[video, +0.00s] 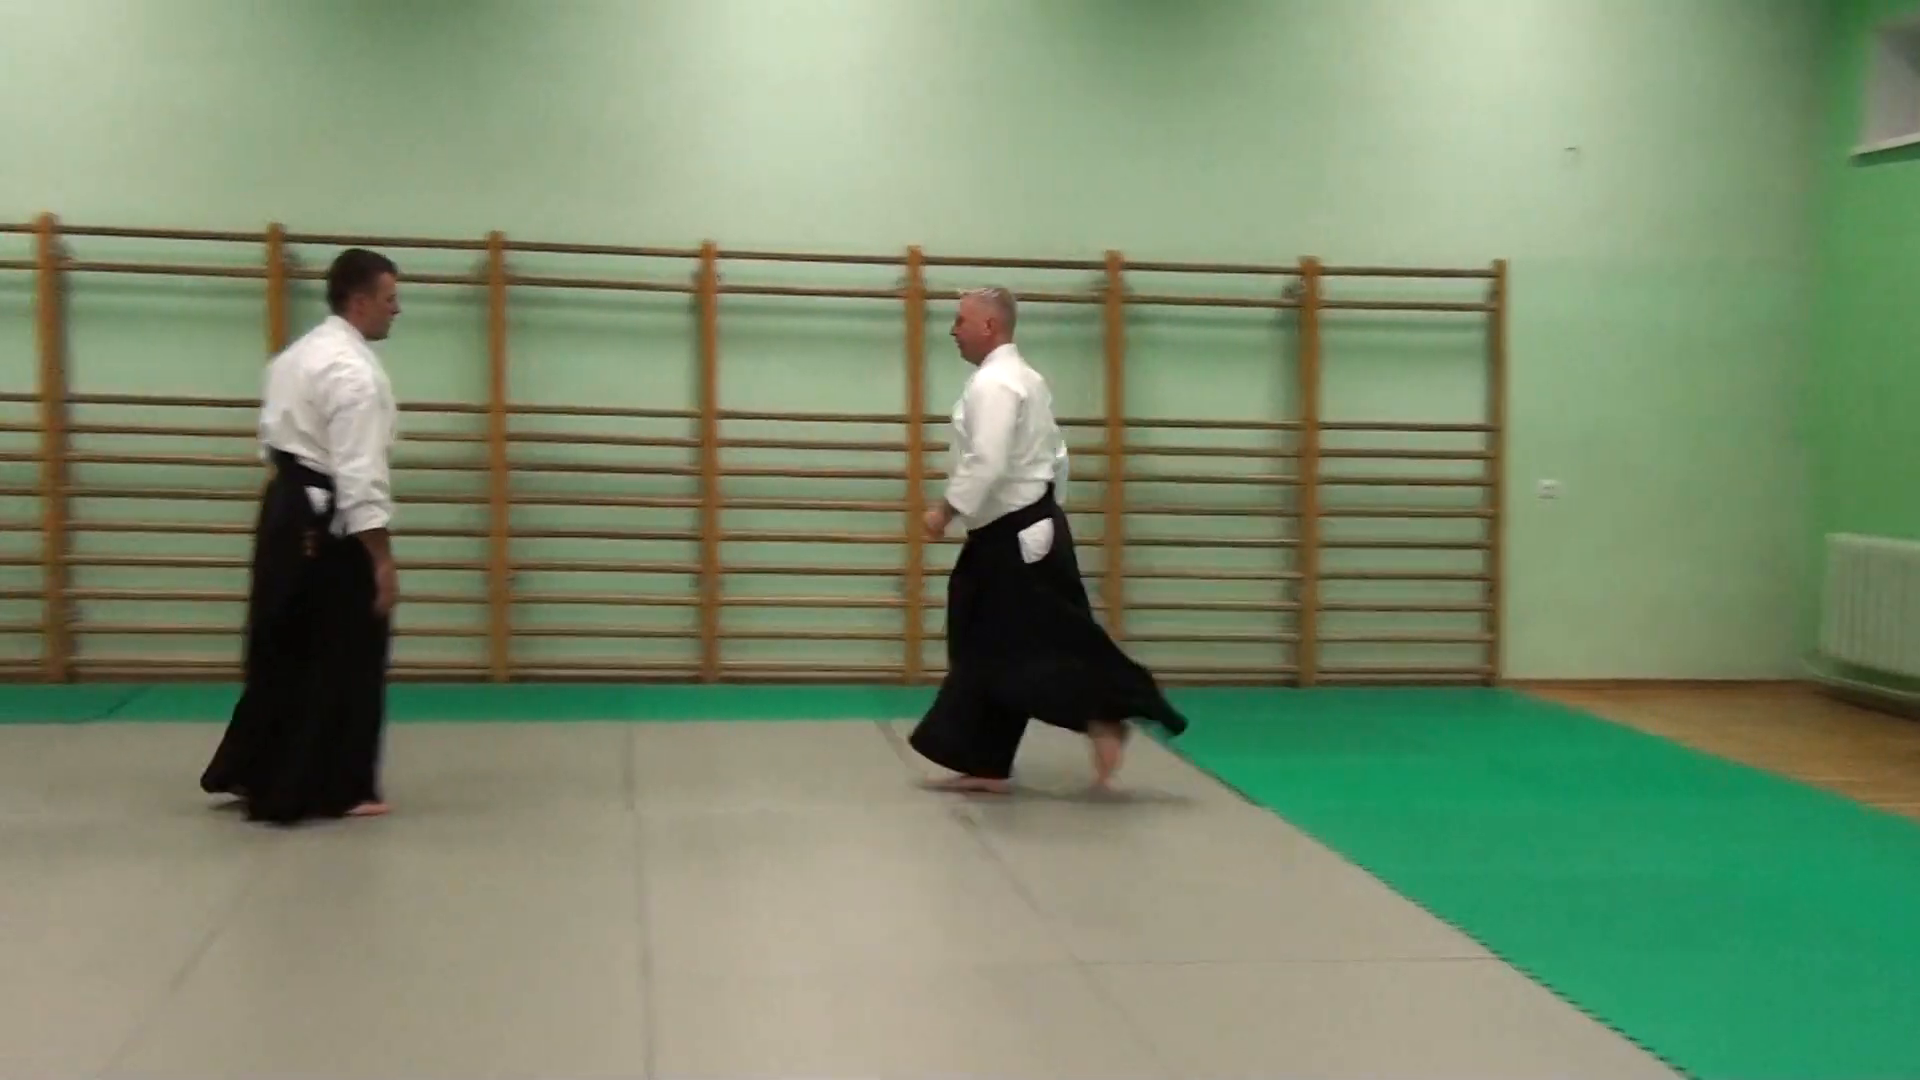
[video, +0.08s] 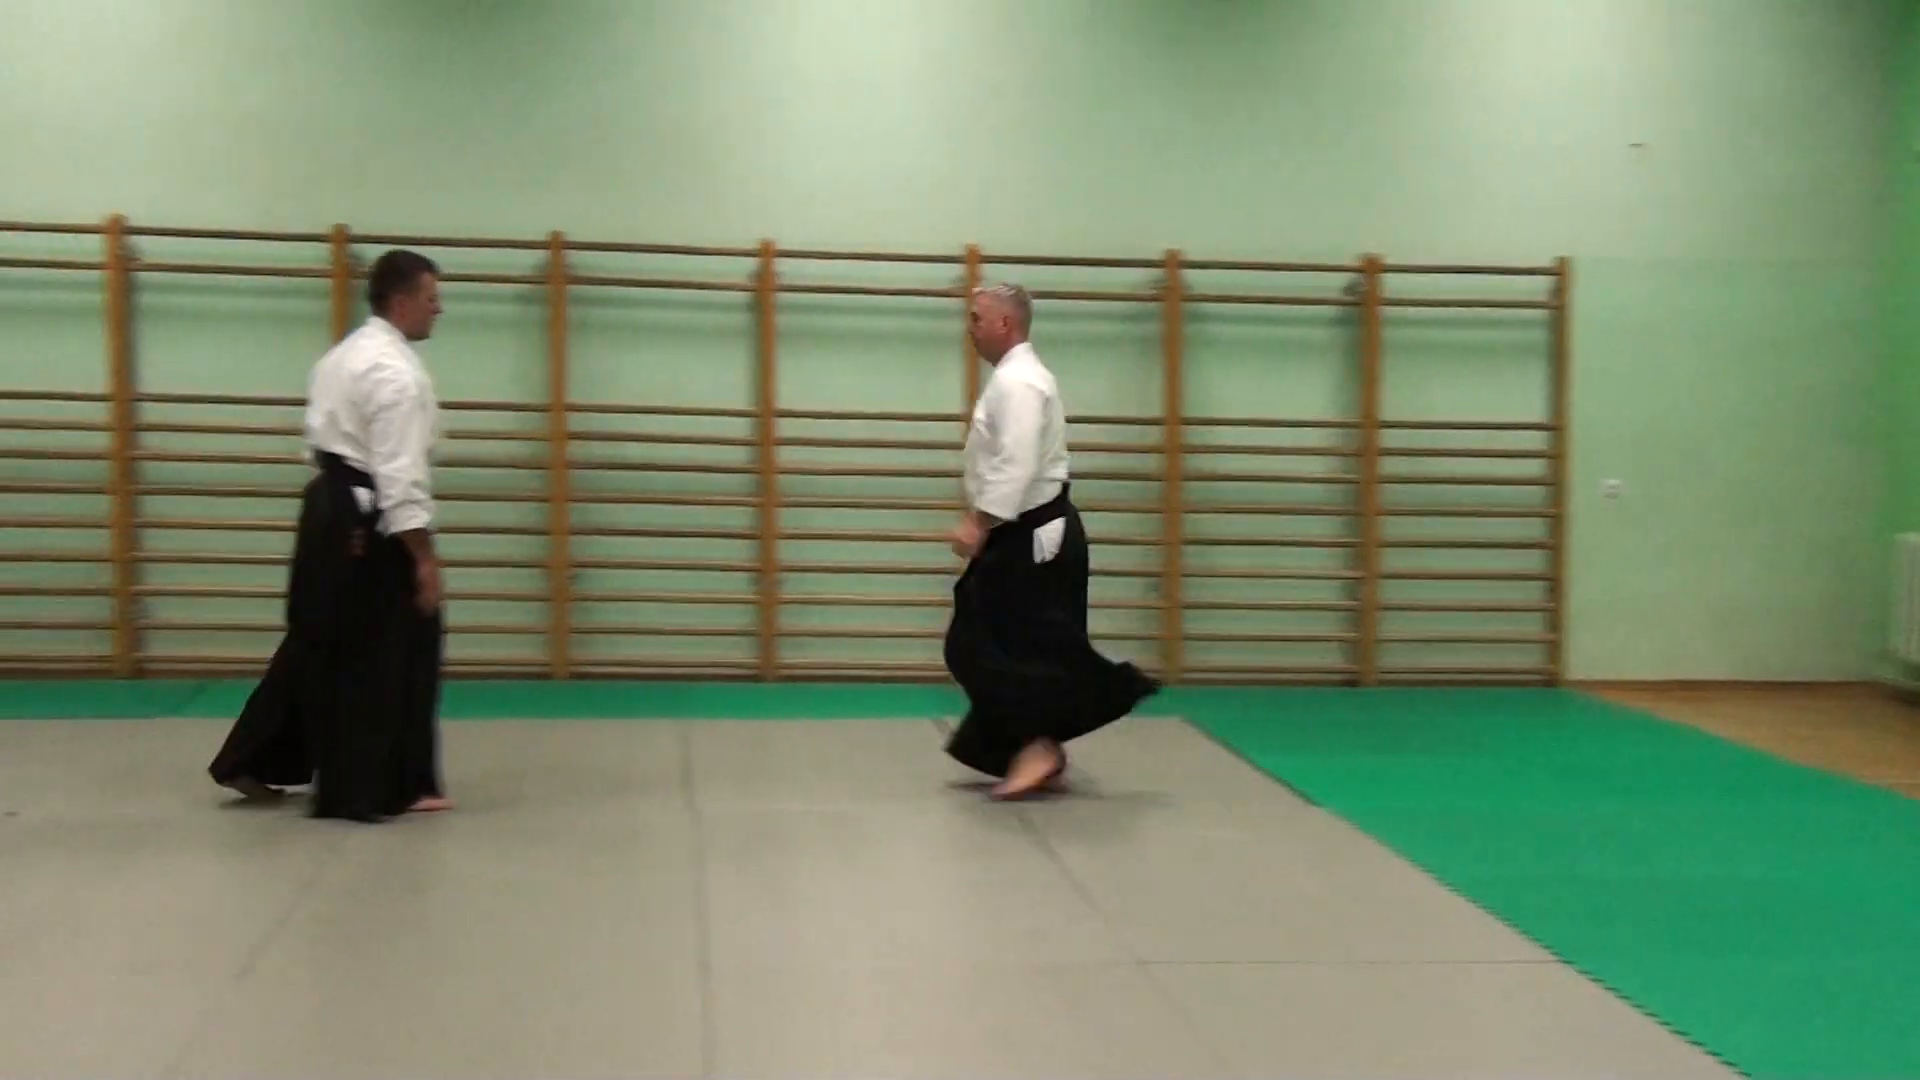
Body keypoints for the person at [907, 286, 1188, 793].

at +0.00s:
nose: (954, 330)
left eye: (960, 321)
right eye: (956, 321)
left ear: (988, 325)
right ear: (995, 326)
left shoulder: (992, 384)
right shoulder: (1026, 377)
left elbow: (986, 461)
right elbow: (1056, 454)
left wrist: (947, 508)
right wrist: (1048, 509)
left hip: (1006, 535)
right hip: (1037, 526)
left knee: (992, 645)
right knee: (1040, 641)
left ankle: (985, 765)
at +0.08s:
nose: (972, 329)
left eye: (978, 320)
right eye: (973, 320)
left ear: (1006, 324)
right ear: (1010, 324)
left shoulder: (1019, 383)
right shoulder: (1022, 374)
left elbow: (1016, 466)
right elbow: (1020, 464)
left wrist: (978, 522)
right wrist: (986, 520)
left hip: (1028, 533)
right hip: (1039, 527)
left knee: (972, 643)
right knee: (1028, 640)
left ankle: (1031, 749)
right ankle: (1041, 751)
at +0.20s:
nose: (983, 321)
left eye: (990, 312)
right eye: (984, 312)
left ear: (1019, 315)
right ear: (1021, 315)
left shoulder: (1037, 371)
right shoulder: (1025, 368)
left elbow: (1058, 452)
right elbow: (1029, 458)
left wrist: (1025, 517)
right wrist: (993, 525)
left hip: (1029, 535)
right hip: (1030, 534)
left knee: (964, 644)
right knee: (1047, 649)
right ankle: (1117, 753)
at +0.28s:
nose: (982, 320)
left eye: (989, 311)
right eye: (984, 311)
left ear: (1019, 314)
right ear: (1021, 313)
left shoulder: (1033, 370)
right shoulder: (1021, 366)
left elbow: (1057, 450)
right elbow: (1024, 454)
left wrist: (1021, 517)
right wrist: (983, 511)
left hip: (1018, 532)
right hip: (1020, 529)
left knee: (967, 648)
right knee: (1036, 646)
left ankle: (945, 773)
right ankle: (1125, 729)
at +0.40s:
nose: (981, 318)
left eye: (987, 308)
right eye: (983, 308)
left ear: (1015, 312)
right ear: (1023, 313)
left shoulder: (1025, 371)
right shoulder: (1037, 363)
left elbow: (1017, 453)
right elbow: (1015, 449)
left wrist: (979, 512)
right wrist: (976, 499)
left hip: (1022, 521)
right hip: (1039, 514)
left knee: (979, 637)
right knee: (1017, 629)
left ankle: (999, 771)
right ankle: (1053, 731)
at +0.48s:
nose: (985, 314)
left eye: (991, 305)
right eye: (985, 305)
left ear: (1019, 307)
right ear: (1024, 308)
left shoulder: (1027, 366)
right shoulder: (1039, 359)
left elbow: (994, 440)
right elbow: (1003, 443)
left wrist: (942, 498)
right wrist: (960, 498)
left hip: (1029, 522)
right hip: (1026, 516)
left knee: (991, 637)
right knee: (969, 631)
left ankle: (1037, 767)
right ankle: (984, 755)